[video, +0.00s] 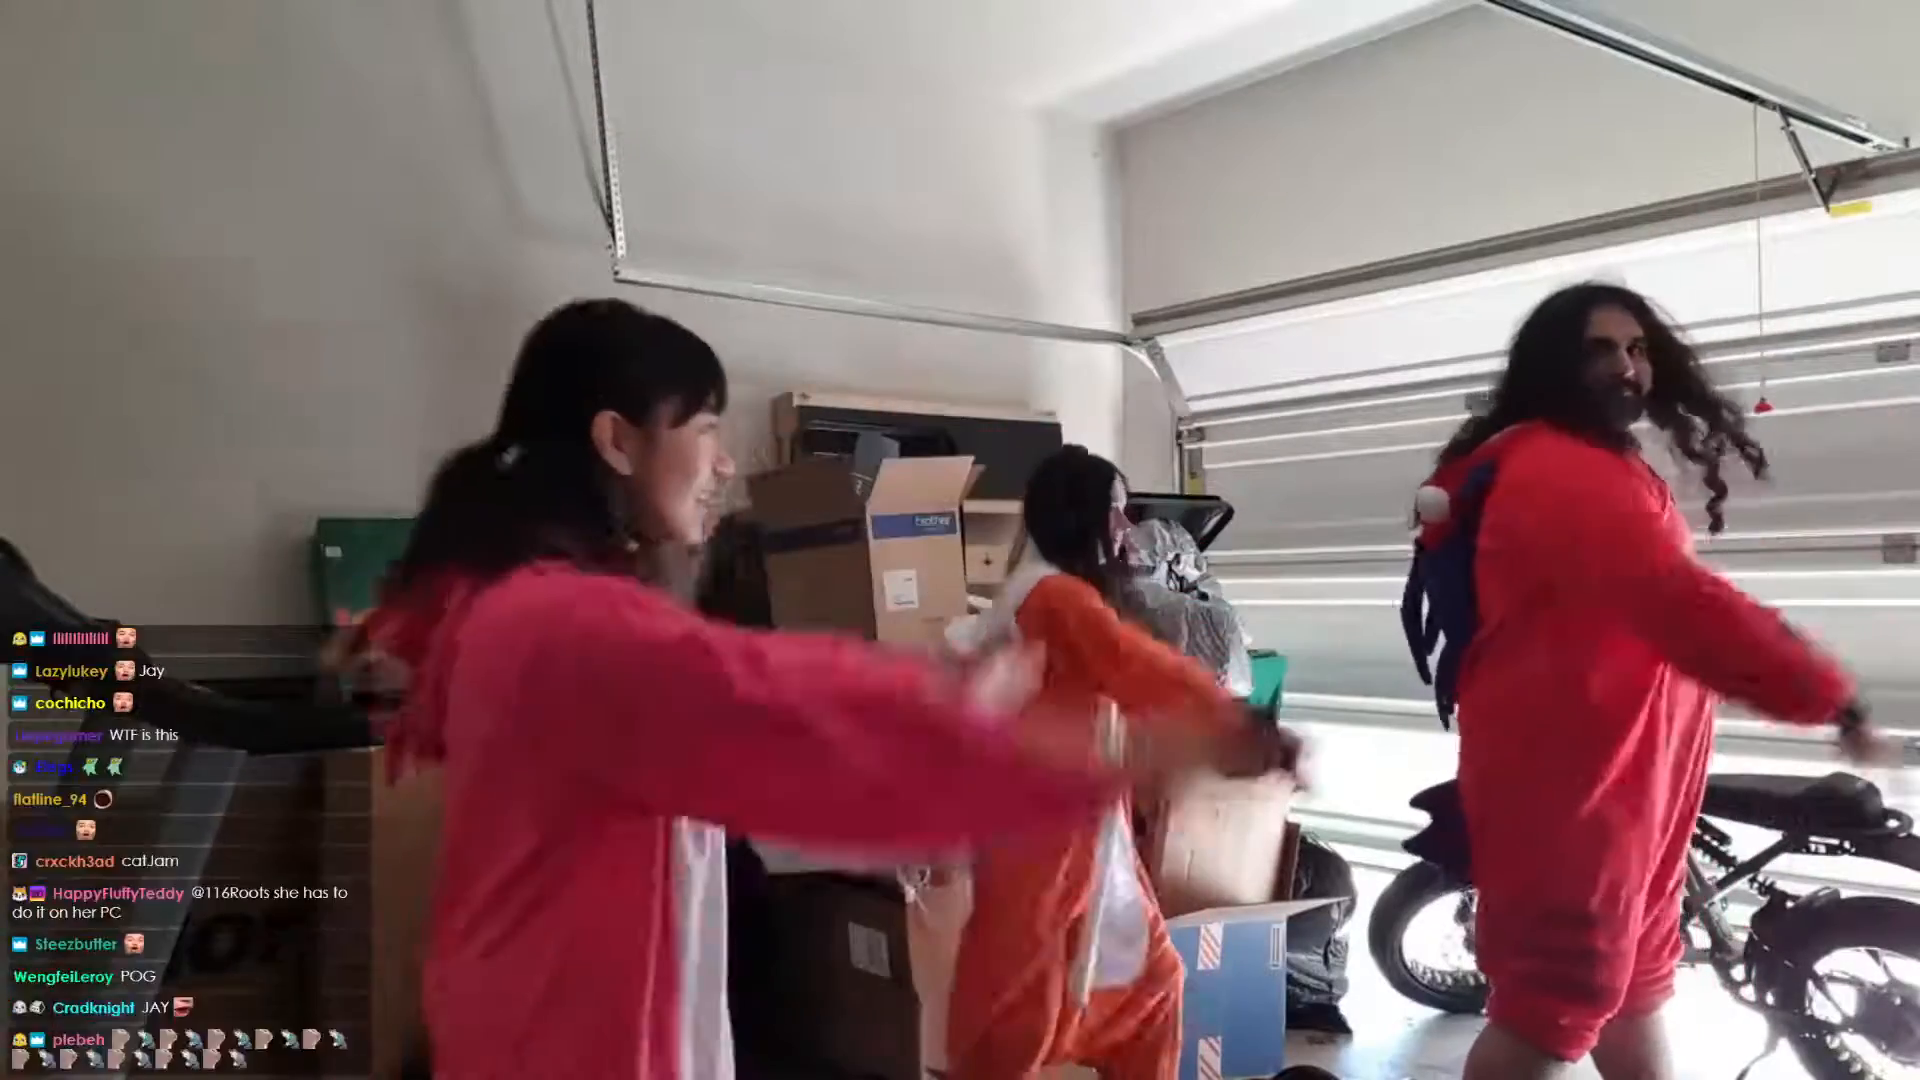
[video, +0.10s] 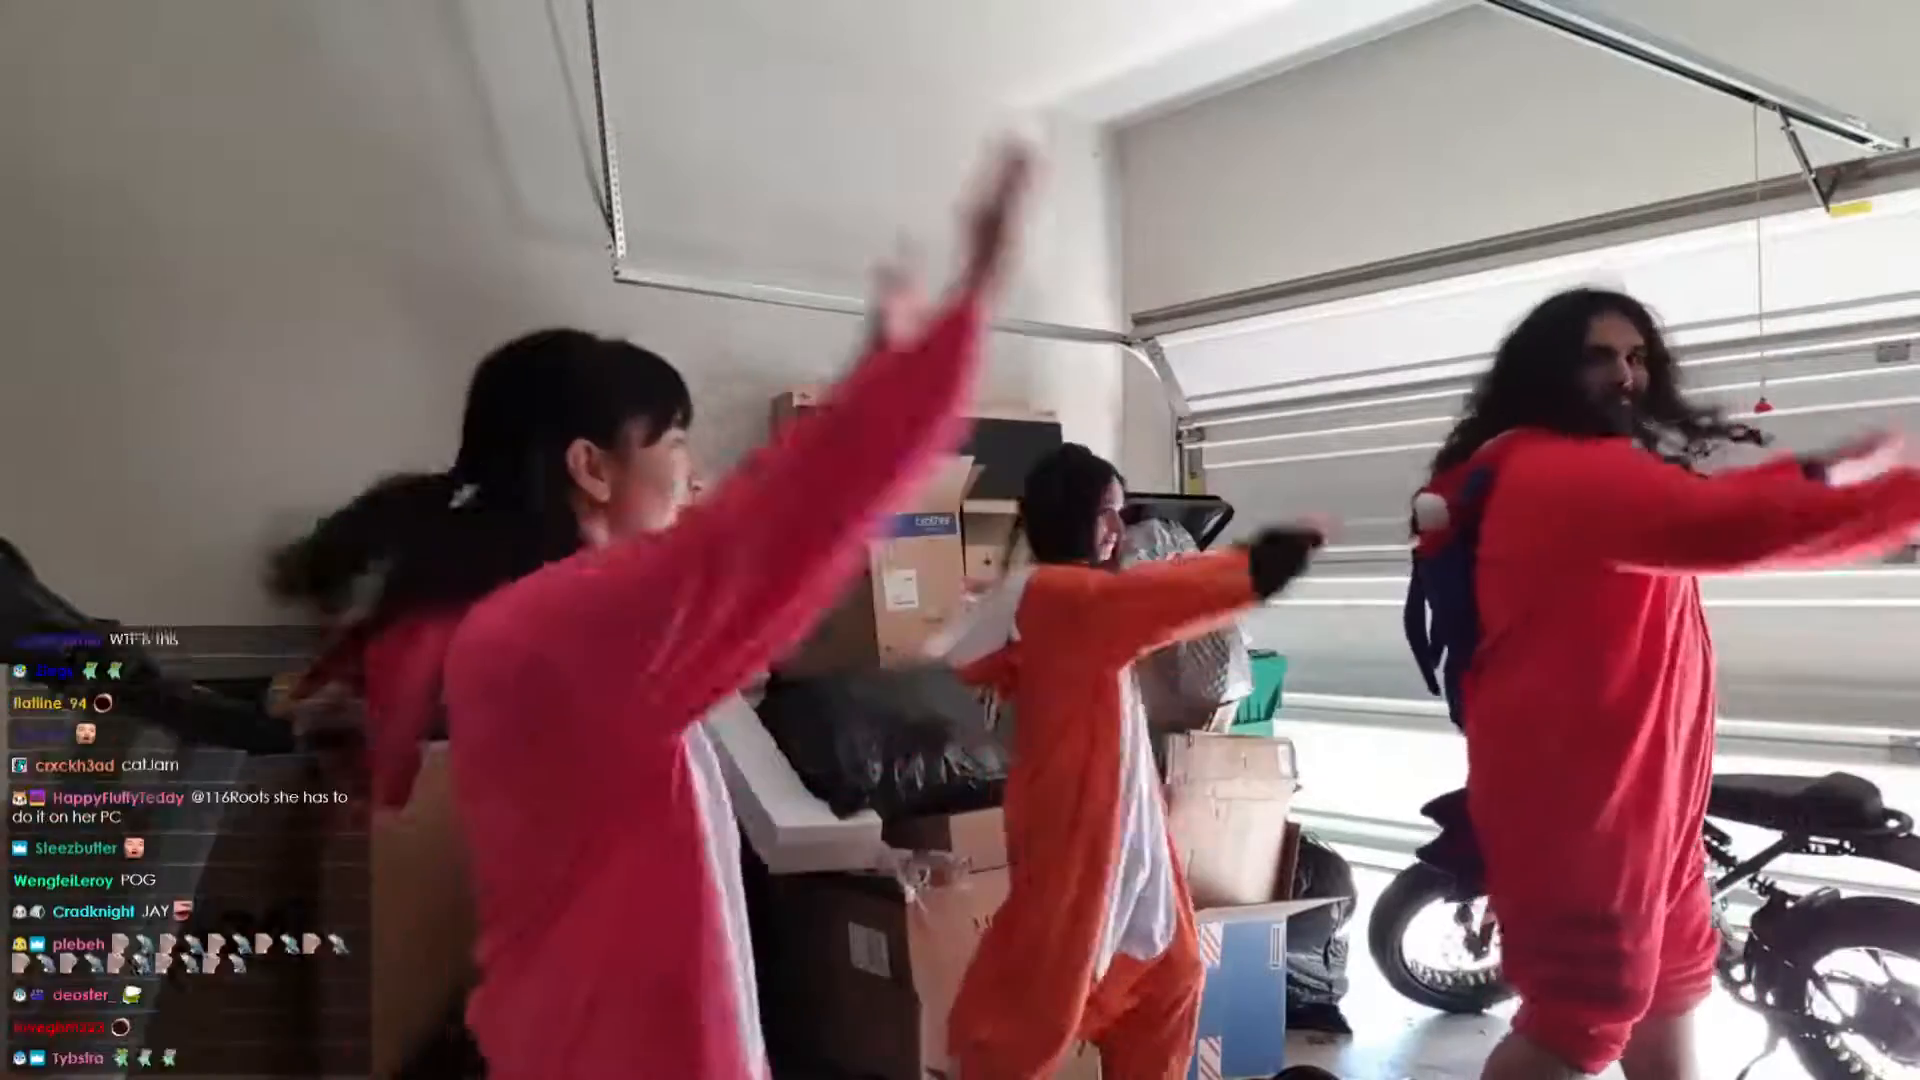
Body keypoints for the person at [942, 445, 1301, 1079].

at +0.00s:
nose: (1130, 531)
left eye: (1129, 513)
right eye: (1121, 513)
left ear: (1048, 517)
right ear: (1090, 518)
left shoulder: (1064, 592)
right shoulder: (1055, 594)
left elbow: (1152, 679)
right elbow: (1141, 672)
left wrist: (1237, 727)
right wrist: (1245, 725)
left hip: (1095, 823)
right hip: (1048, 826)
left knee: (1151, 976)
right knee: (1018, 993)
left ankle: (1144, 1074)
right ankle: (989, 1071)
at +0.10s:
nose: (1118, 529)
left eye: (1120, 513)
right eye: (1107, 513)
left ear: (1044, 520)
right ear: (1073, 518)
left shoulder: (1074, 597)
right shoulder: (1051, 595)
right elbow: (1154, 595)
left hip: (1127, 808)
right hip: (1074, 817)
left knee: (1173, 970)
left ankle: (1155, 1069)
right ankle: (988, 1059)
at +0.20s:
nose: (1123, 541)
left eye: (1123, 528)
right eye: (1113, 528)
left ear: (1053, 529)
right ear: (1084, 530)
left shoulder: (1089, 608)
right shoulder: (1062, 606)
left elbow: (974, 683)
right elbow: (1161, 568)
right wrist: (1231, 465)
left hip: (1153, 823)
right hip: (1098, 831)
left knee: (1192, 975)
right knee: (1073, 998)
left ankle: (1158, 1069)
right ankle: (1005, 1064)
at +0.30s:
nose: (1141, 538)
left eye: (1137, 523)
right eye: (1127, 523)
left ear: (1057, 541)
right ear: (1103, 539)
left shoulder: (1093, 621)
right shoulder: (1071, 626)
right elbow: (1153, 556)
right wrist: (1174, 446)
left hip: (1156, 822)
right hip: (1105, 835)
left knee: (1219, 979)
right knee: (1100, 1033)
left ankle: (1168, 1075)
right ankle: (1016, 1070)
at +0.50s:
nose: (1140, 525)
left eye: (1143, 510)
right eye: (1129, 509)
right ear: (1088, 509)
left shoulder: (1097, 589)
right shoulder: (1052, 583)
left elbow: (1168, 629)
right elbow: (1135, 619)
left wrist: (1255, 639)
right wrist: (1216, 596)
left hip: (1119, 801)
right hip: (1054, 800)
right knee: (1041, 1001)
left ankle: (1157, 1067)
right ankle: (998, 1069)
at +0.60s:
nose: (1149, 540)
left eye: (1152, 526)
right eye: (1138, 526)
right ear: (1098, 530)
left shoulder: (1092, 606)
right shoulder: (1073, 610)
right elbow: (1154, 691)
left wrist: (1210, 745)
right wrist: (1200, 784)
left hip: (1082, 835)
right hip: (1025, 834)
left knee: (1123, 984)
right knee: (1015, 999)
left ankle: (1140, 1067)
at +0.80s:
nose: (1154, 541)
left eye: (1152, 527)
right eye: (1146, 528)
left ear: (1076, 533)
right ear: (1116, 536)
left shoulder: (1054, 602)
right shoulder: (1089, 620)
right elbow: (1113, 743)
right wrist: (1147, 853)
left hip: (1015, 816)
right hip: (1041, 829)